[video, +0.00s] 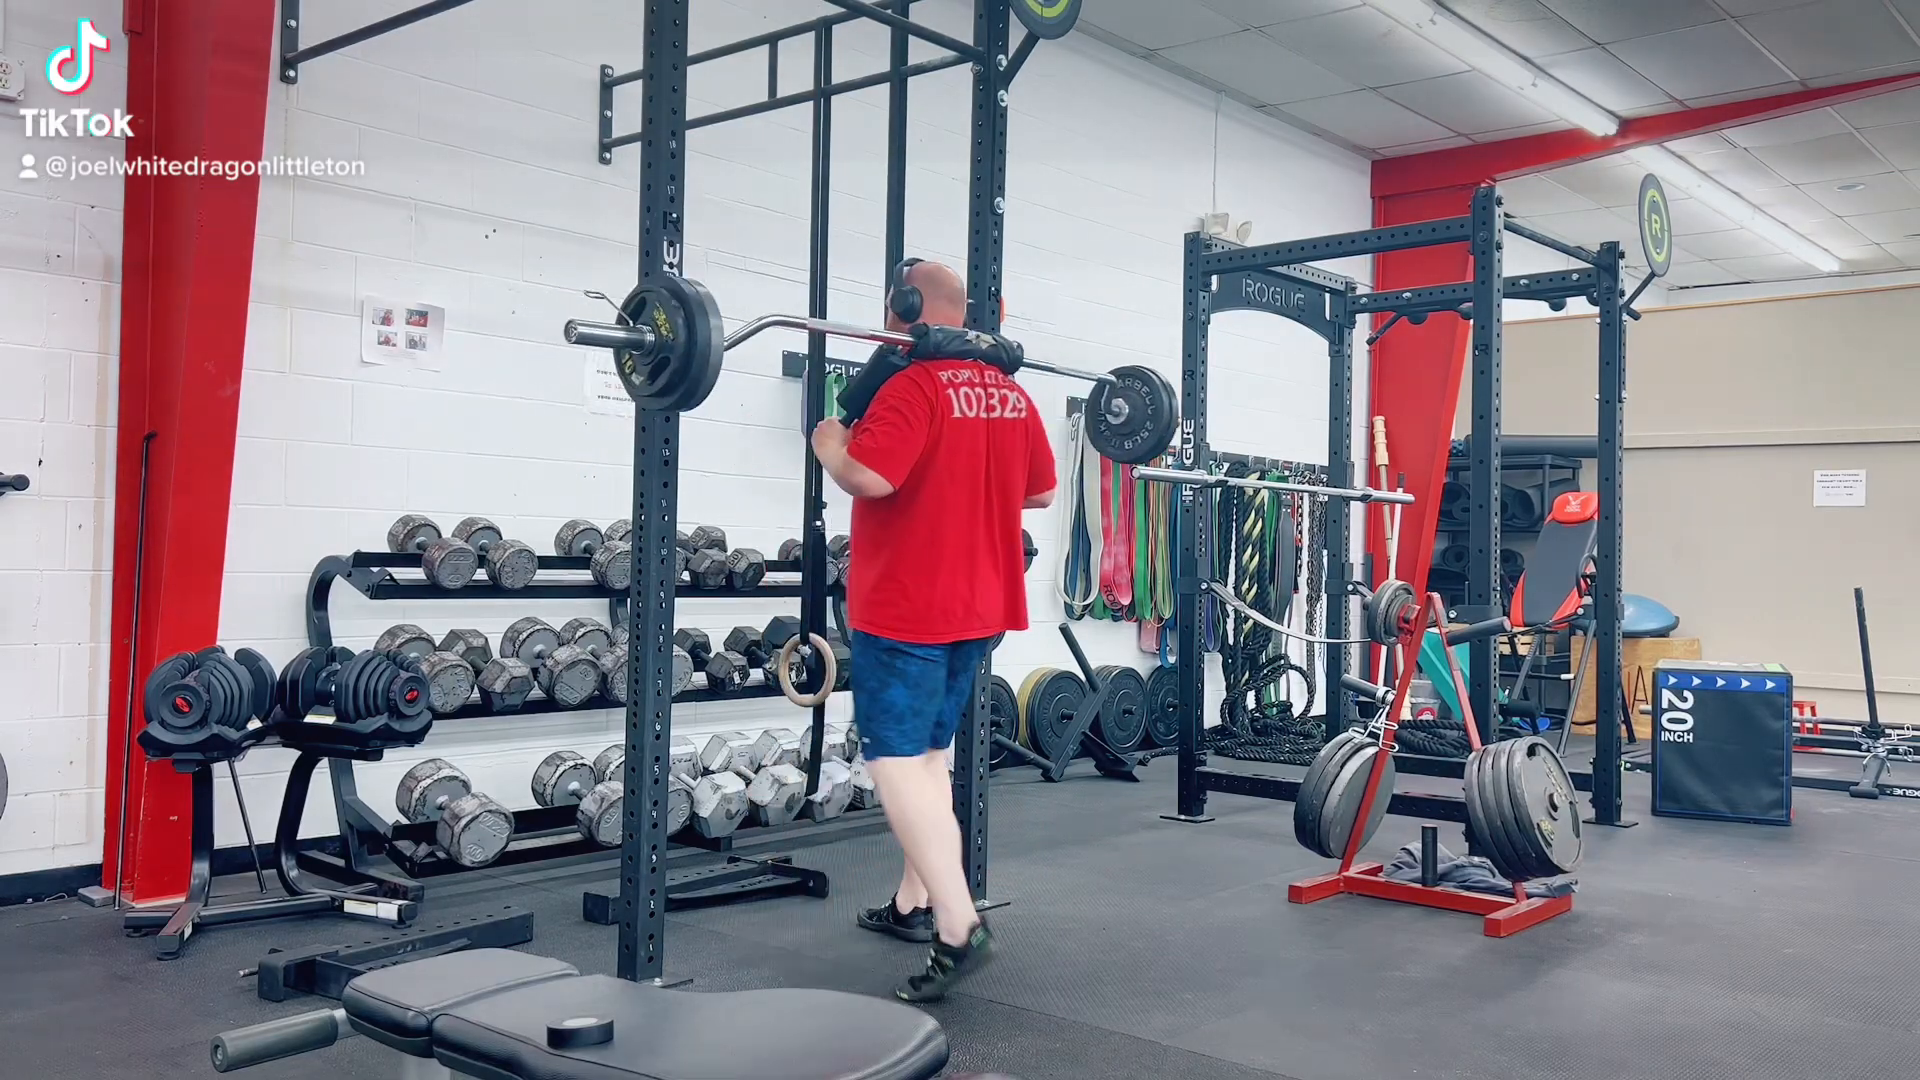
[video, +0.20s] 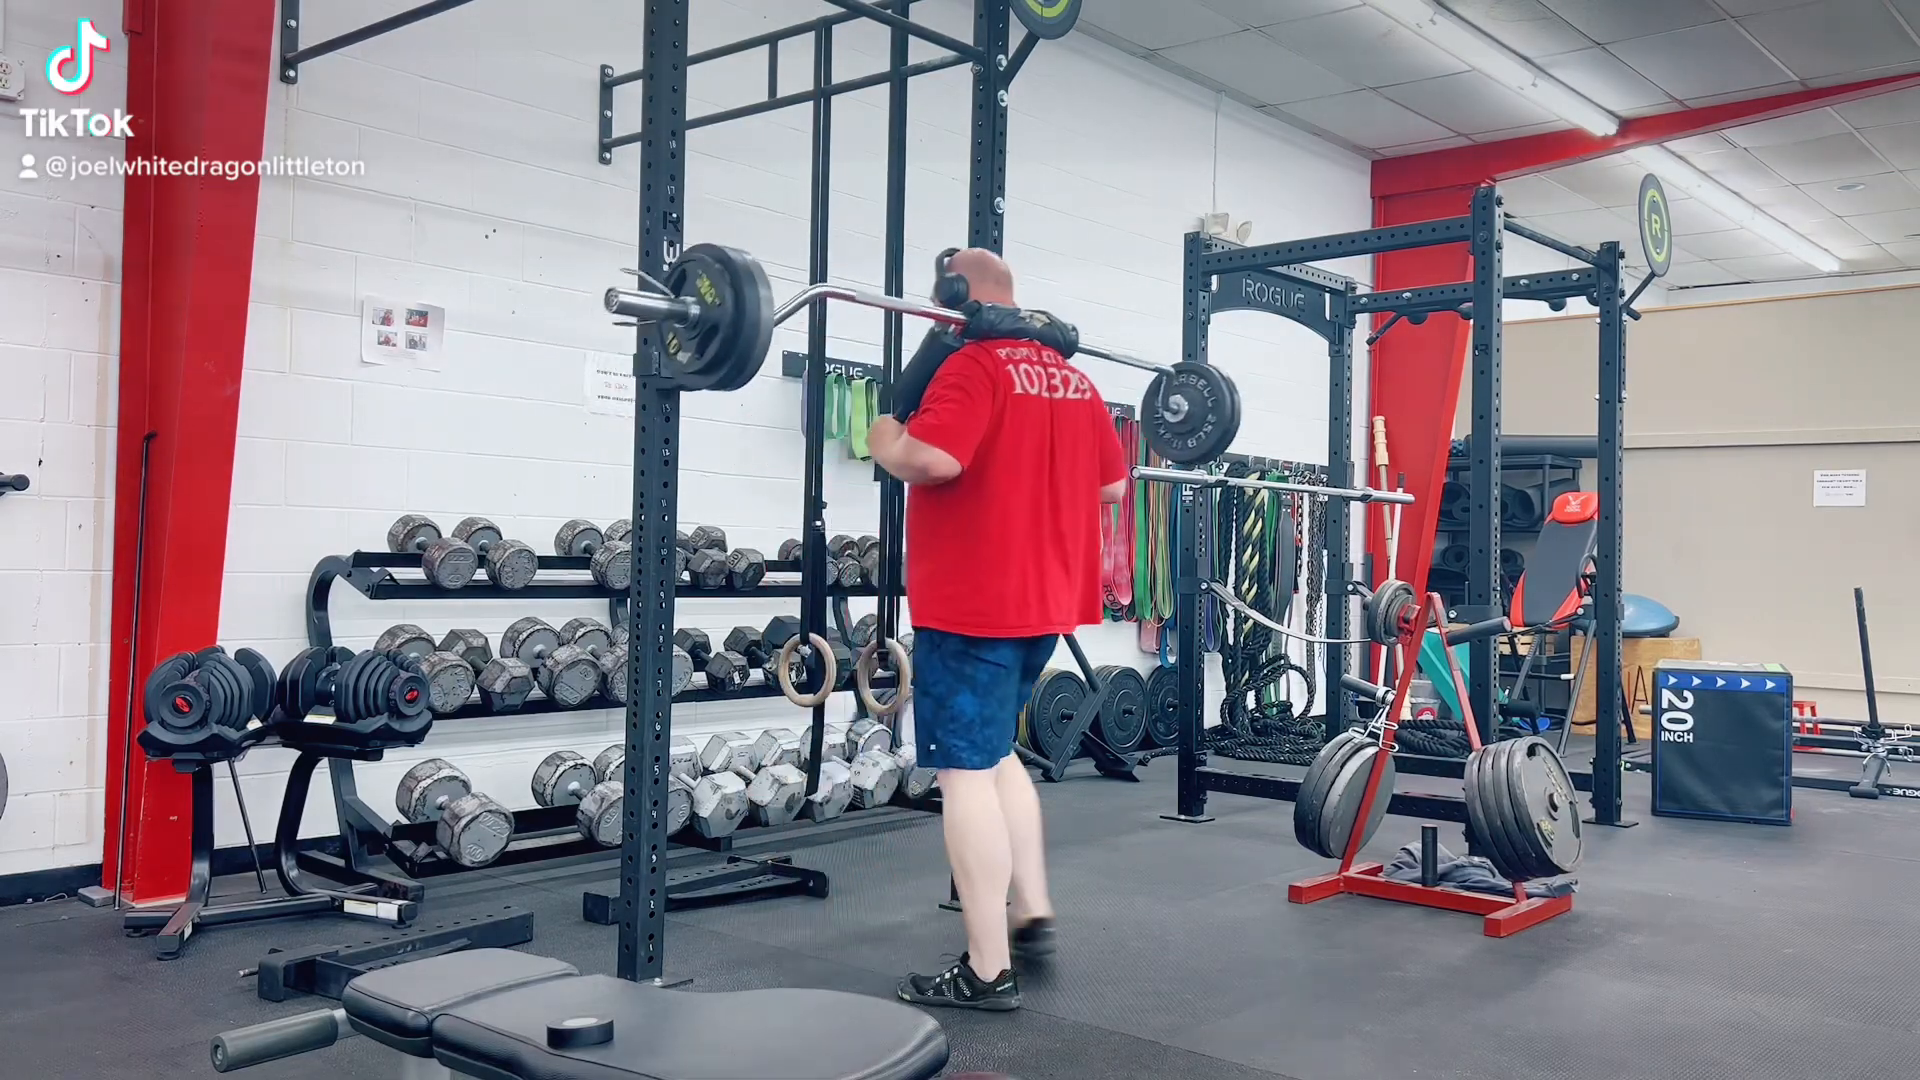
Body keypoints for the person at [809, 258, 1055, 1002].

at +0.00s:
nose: (887, 322)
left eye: (889, 312)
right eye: (891, 309)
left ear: (905, 318)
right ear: (965, 317)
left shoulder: (914, 383)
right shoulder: (1009, 390)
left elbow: (872, 477)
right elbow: (1041, 487)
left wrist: (830, 444)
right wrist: (967, 480)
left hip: (907, 605)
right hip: (977, 603)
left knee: (894, 759)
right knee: (931, 756)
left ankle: (962, 924)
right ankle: (912, 901)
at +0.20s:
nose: (934, 317)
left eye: (936, 304)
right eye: (935, 304)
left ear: (957, 301)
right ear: (1010, 296)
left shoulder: (975, 365)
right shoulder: (1073, 377)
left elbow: (939, 459)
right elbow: (1112, 482)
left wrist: (890, 445)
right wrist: (1034, 489)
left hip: (974, 602)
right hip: (1045, 602)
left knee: (964, 768)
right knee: (997, 752)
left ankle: (987, 971)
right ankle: (1030, 920)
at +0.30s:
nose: (972, 310)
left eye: (975, 297)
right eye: (974, 297)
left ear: (998, 294)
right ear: (1050, 291)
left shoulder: (1014, 361)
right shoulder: (1112, 374)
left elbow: (974, 460)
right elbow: (1148, 483)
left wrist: (919, 433)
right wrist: (1067, 494)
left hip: (1003, 607)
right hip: (1085, 607)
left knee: (984, 775)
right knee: (1067, 763)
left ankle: (989, 971)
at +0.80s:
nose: (1051, 296)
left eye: (1053, 283)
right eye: (1051, 284)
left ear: (1075, 277)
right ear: (1133, 270)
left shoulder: (1097, 341)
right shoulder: (1207, 353)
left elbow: (1064, 444)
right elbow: (1242, 467)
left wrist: (1001, 428)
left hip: (1115, 604)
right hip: (1200, 600)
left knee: (1113, 797)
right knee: (1174, 778)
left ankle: (1109, 1013)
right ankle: (1186, 960)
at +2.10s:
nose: (1078, 358)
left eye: (1083, 345)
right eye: (1082, 344)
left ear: (1103, 352)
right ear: (1167, 352)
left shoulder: (1112, 429)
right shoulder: (1223, 430)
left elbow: (1015, 526)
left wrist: (994, 471)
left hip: (1142, 667)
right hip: (1243, 669)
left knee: (1034, 799)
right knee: (1176, 792)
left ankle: (1091, 1007)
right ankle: (1215, 974)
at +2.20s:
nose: (1067, 436)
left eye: (1072, 422)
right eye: (1070, 423)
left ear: (1092, 429)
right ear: (1158, 430)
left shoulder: (1108, 504)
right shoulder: (1212, 497)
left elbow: (1006, 597)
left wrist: (990, 540)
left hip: (1160, 728)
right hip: (1261, 730)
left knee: (1014, 810)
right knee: (1172, 808)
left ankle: (1090, 1009)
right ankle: (1214, 975)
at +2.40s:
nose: (1066, 560)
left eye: (1069, 549)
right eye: (1071, 548)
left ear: (1082, 556)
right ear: (1149, 555)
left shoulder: (1101, 627)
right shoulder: (1201, 612)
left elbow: (995, 723)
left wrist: (978, 660)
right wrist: (1075, 615)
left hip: (1190, 845)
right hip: (1274, 843)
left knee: (988, 820)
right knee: (1156, 784)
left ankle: (1088, 1009)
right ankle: (1211, 973)